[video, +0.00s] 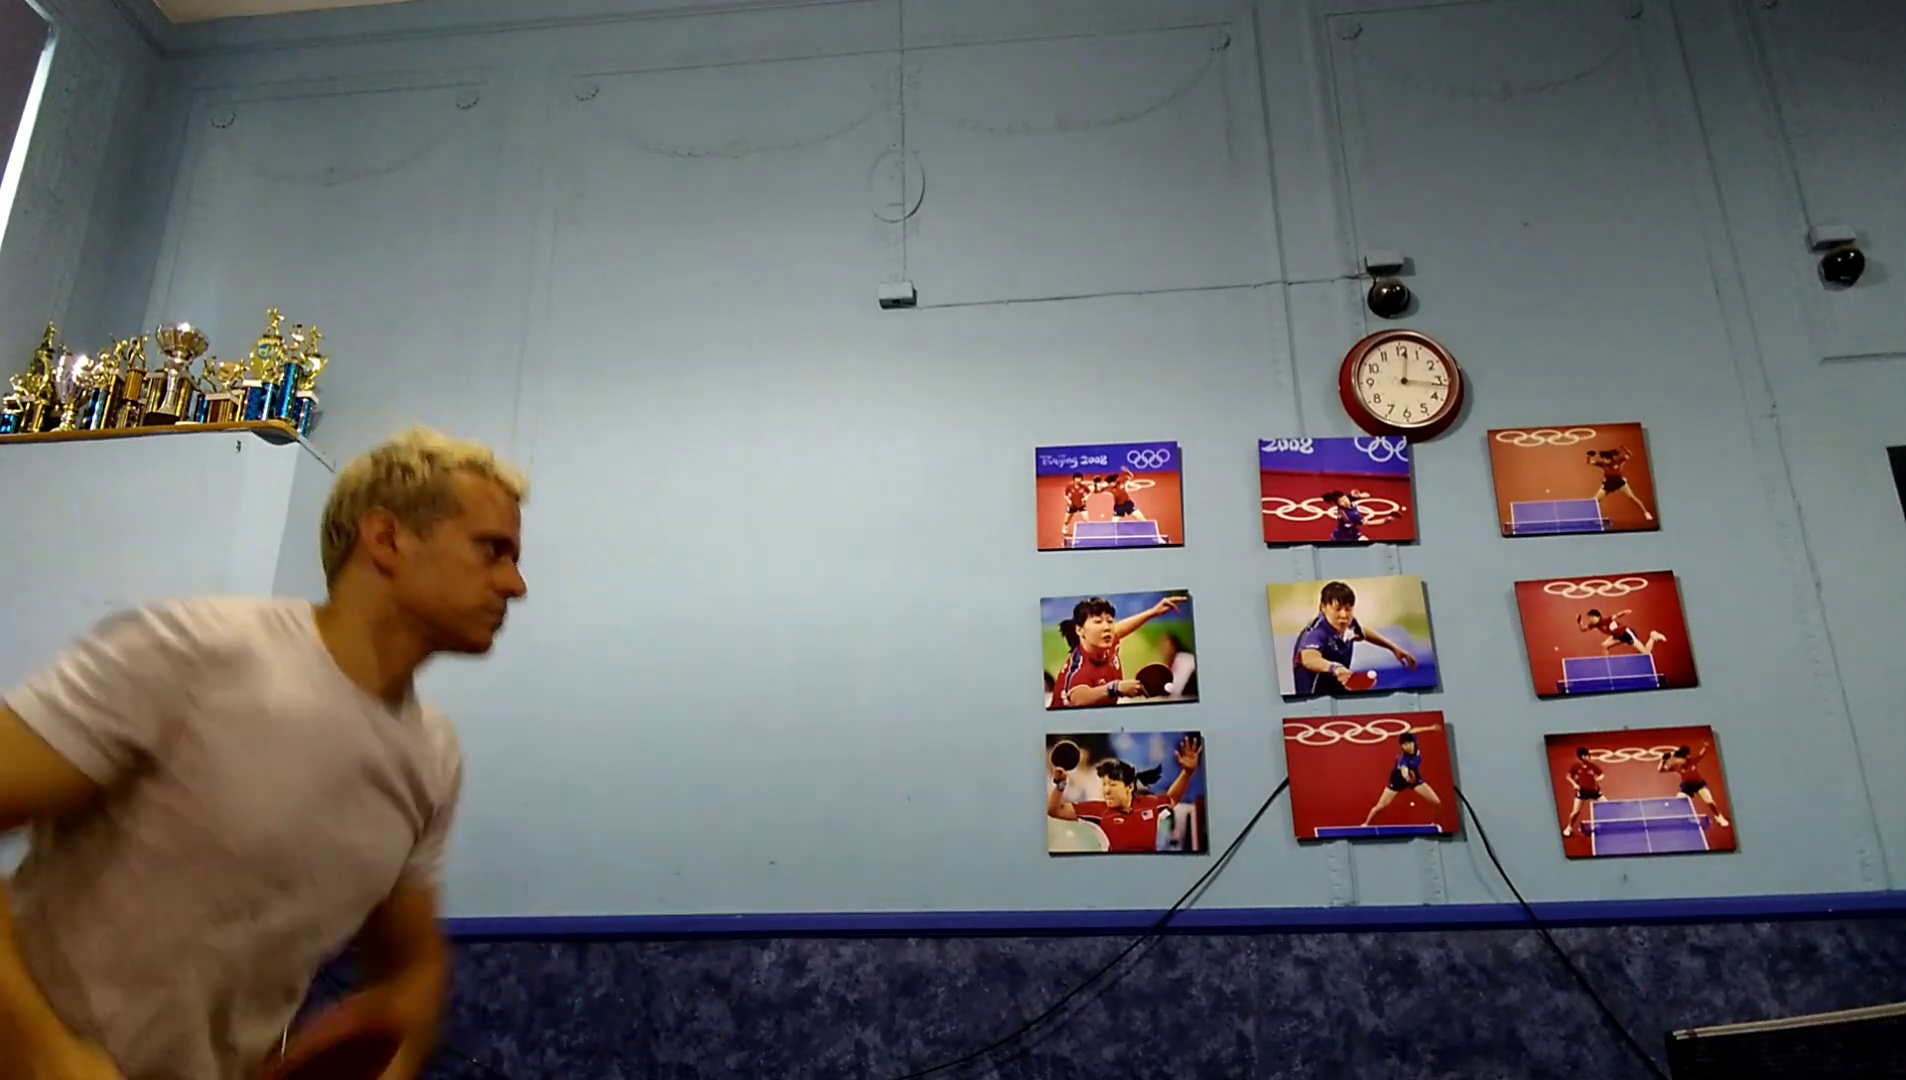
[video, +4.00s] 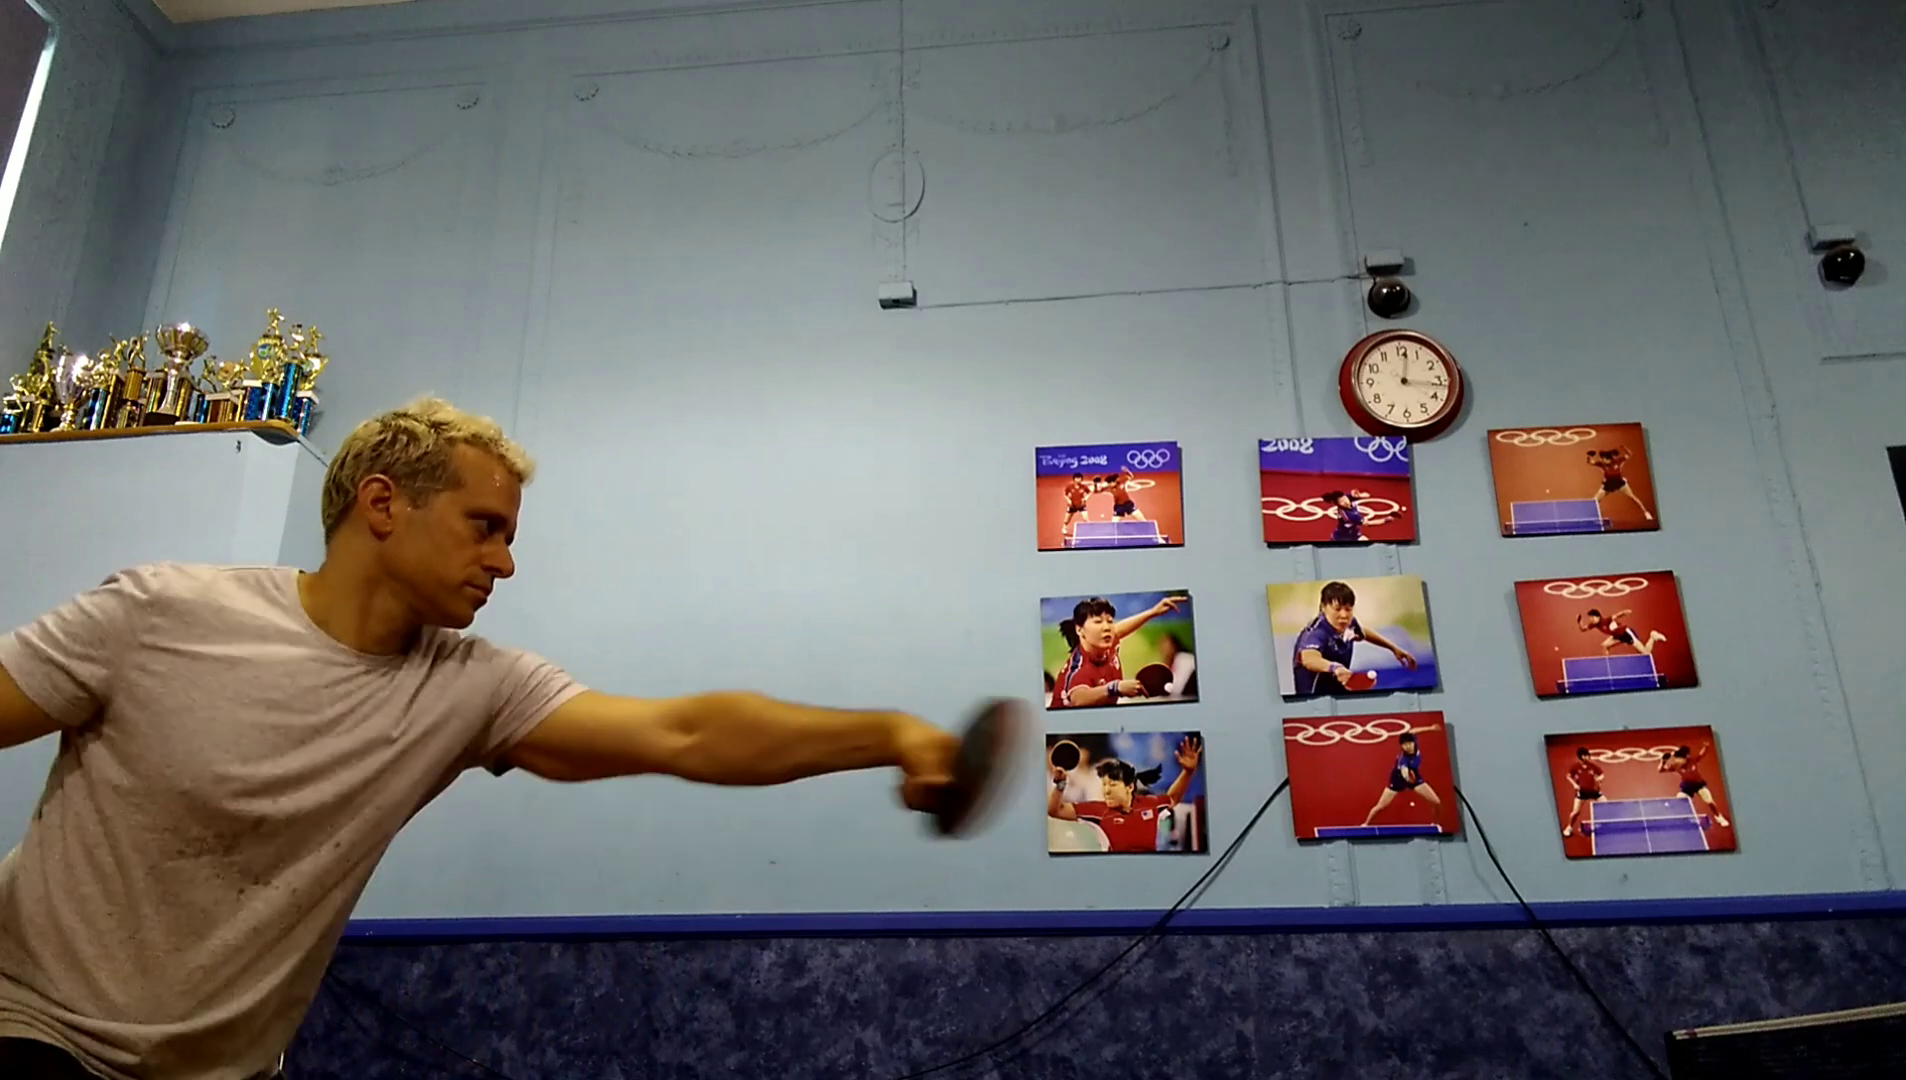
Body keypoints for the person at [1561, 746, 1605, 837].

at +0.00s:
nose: (1588, 758)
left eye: (1588, 755)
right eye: (1586, 756)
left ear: (1588, 756)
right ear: (1581, 757)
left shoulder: (1592, 766)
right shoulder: (1576, 766)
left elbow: (1602, 774)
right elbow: (1568, 776)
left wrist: (1598, 779)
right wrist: (1574, 784)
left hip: (1594, 791)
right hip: (1582, 791)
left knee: (1607, 806)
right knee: (1576, 812)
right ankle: (1569, 827)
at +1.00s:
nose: (1587, 758)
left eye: (1588, 755)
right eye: (1585, 756)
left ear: (1588, 756)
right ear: (1581, 757)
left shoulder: (1592, 766)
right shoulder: (1576, 767)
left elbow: (1602, 774)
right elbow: (1568, 776)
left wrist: (1598, 779)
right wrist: (1574, 784)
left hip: (1594, 791)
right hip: (1582, 791)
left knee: (1607, 806)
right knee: (1576, 812)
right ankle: (1569, 827)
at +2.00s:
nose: (1588, 758)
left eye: (1588, 755)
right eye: (1586, 756)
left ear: (1588, 756)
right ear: (1581, 757)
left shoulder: (1592, 766)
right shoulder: (1576, 767)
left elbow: (1602, 774)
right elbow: (1568, 776)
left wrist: (1598, 779)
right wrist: (1574, 784)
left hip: (1594, 791)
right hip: (1582, 791)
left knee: (1607, 806)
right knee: (1576, 812)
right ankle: (1569, 827)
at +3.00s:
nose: (1588, 758)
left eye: (1588, 755)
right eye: (1586, 756)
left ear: (1588, 756)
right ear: (1581, 757)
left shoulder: (1592, 766)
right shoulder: (1576, 767)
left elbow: (1602, 774)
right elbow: (1568, 776)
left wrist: (1598, 779)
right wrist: (1574, 784)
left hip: (1594, 791)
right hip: (1582, 791)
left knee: (1607, 806)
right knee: (1576, 812)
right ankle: (1569, 827)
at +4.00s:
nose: (1587, 758)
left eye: (1588, 755)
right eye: (1585, 755)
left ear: (1589, 756)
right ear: (1581, 757)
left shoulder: (1592, 766)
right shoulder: (1576, 766)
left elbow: (1602, 774)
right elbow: (1568, 776)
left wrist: (1598, 779)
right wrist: (1574, 785)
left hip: (1594, 791)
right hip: (1582, 791)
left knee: (1606, 806)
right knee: (1576, 811)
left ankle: (1606, 826)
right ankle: (1569, 827)